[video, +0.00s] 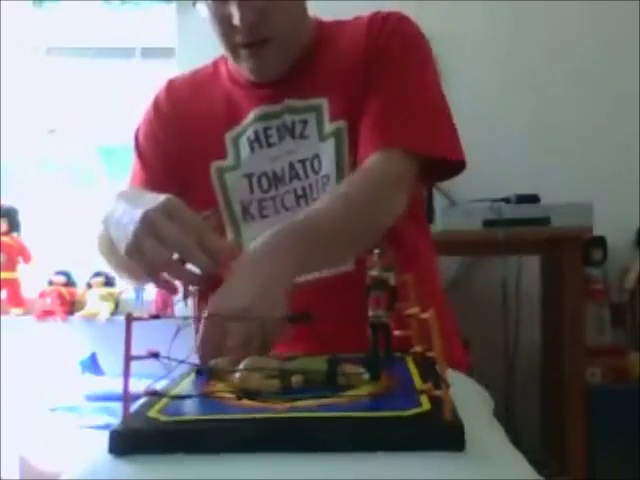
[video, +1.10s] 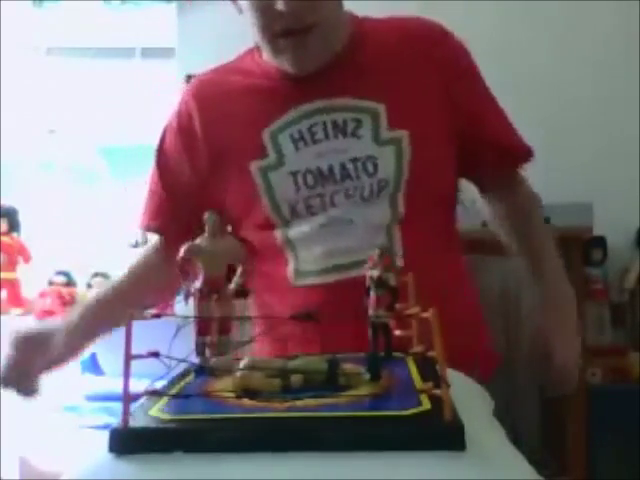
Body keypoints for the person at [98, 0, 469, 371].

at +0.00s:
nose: (240, 20)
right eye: (218, 1)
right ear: (203, 6)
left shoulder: (383, 43)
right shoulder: (178, 106)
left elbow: (387, 185)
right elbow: (134, 259)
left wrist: (271, 262)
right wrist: (124, 214)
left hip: (399, 378)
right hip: (247, 395)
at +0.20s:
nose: (237, 17)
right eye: (217, 1)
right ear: (200, 7)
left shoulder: (382, 45)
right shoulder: (176, 106)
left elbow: (411, 193)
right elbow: (134, 261)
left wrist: (303, 206)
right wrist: (122, 217)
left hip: (403, 366)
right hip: (257, 377)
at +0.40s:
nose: (234, 16)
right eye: (213, 2)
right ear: (197, 8)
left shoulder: (381, 47)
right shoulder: (172, 109)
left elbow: (460, 201)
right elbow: (128, 268)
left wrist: (370, 152)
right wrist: (125, 225)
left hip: (403, 365)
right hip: (255, 378)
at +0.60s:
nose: (237, 14)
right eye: (214, 1)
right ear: (190, 9)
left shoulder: (383, 49)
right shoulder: (169, 110)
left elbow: (497, 184)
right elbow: (136, 282)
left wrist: (443, 145)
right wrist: (108, 243)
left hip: (410, 368)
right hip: (256, 384)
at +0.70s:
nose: (240, 14)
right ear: (192, 7)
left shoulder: (386, 49)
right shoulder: (170, 113)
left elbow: (491, 153)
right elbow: (144, 289)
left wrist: (462, 182)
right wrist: (103, 251)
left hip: (411, 367)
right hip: (254, 384)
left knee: (503, 473)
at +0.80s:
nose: (249, 12)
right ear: (201, 8)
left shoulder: (393, 50)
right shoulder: (179, 114)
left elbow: (484, 159)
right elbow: (149, 282)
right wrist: (90, 260)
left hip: (417, 370)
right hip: (268, 391)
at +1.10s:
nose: (276, 14)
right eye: (258, 2)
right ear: (239, 6)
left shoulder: (425, 52)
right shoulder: (207, 105)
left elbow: (502, 182)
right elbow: (169, 252)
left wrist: (555, 298)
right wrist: (67, 336)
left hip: (440, 384)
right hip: (289, 398)